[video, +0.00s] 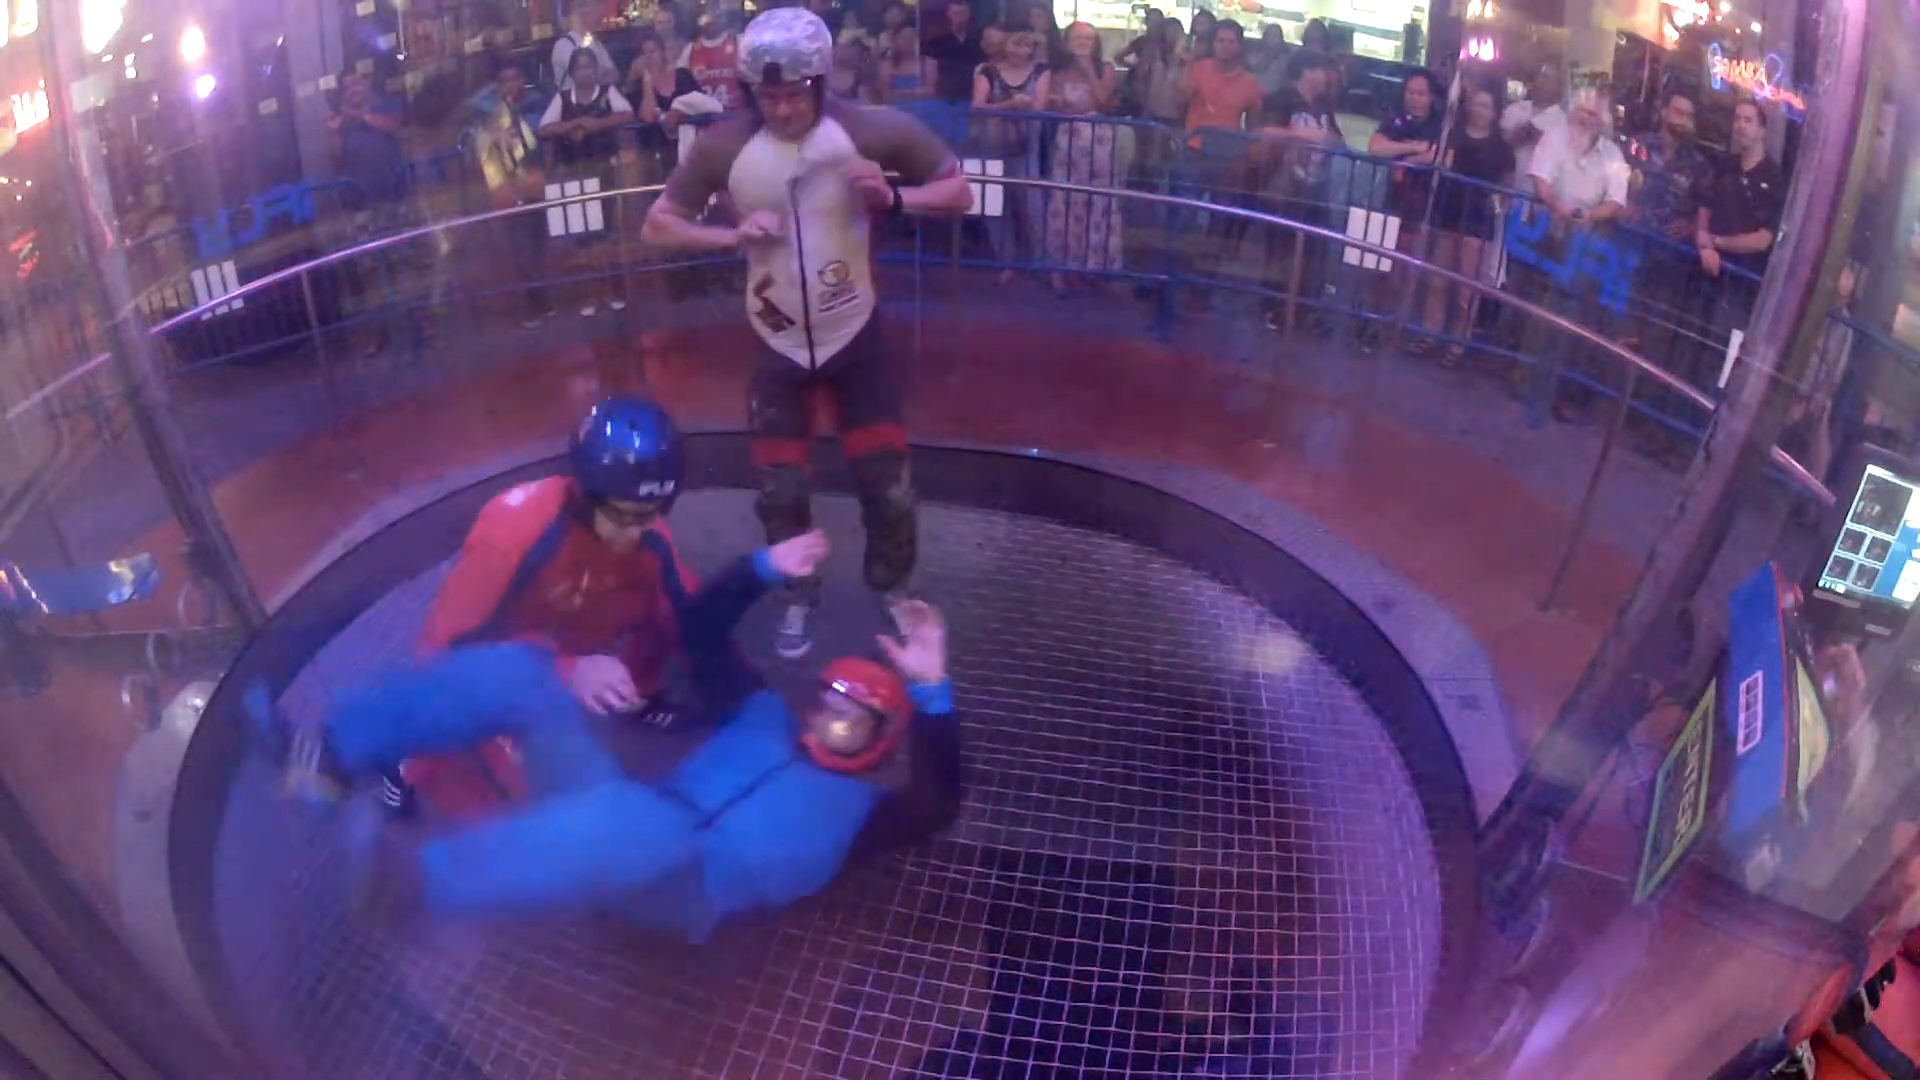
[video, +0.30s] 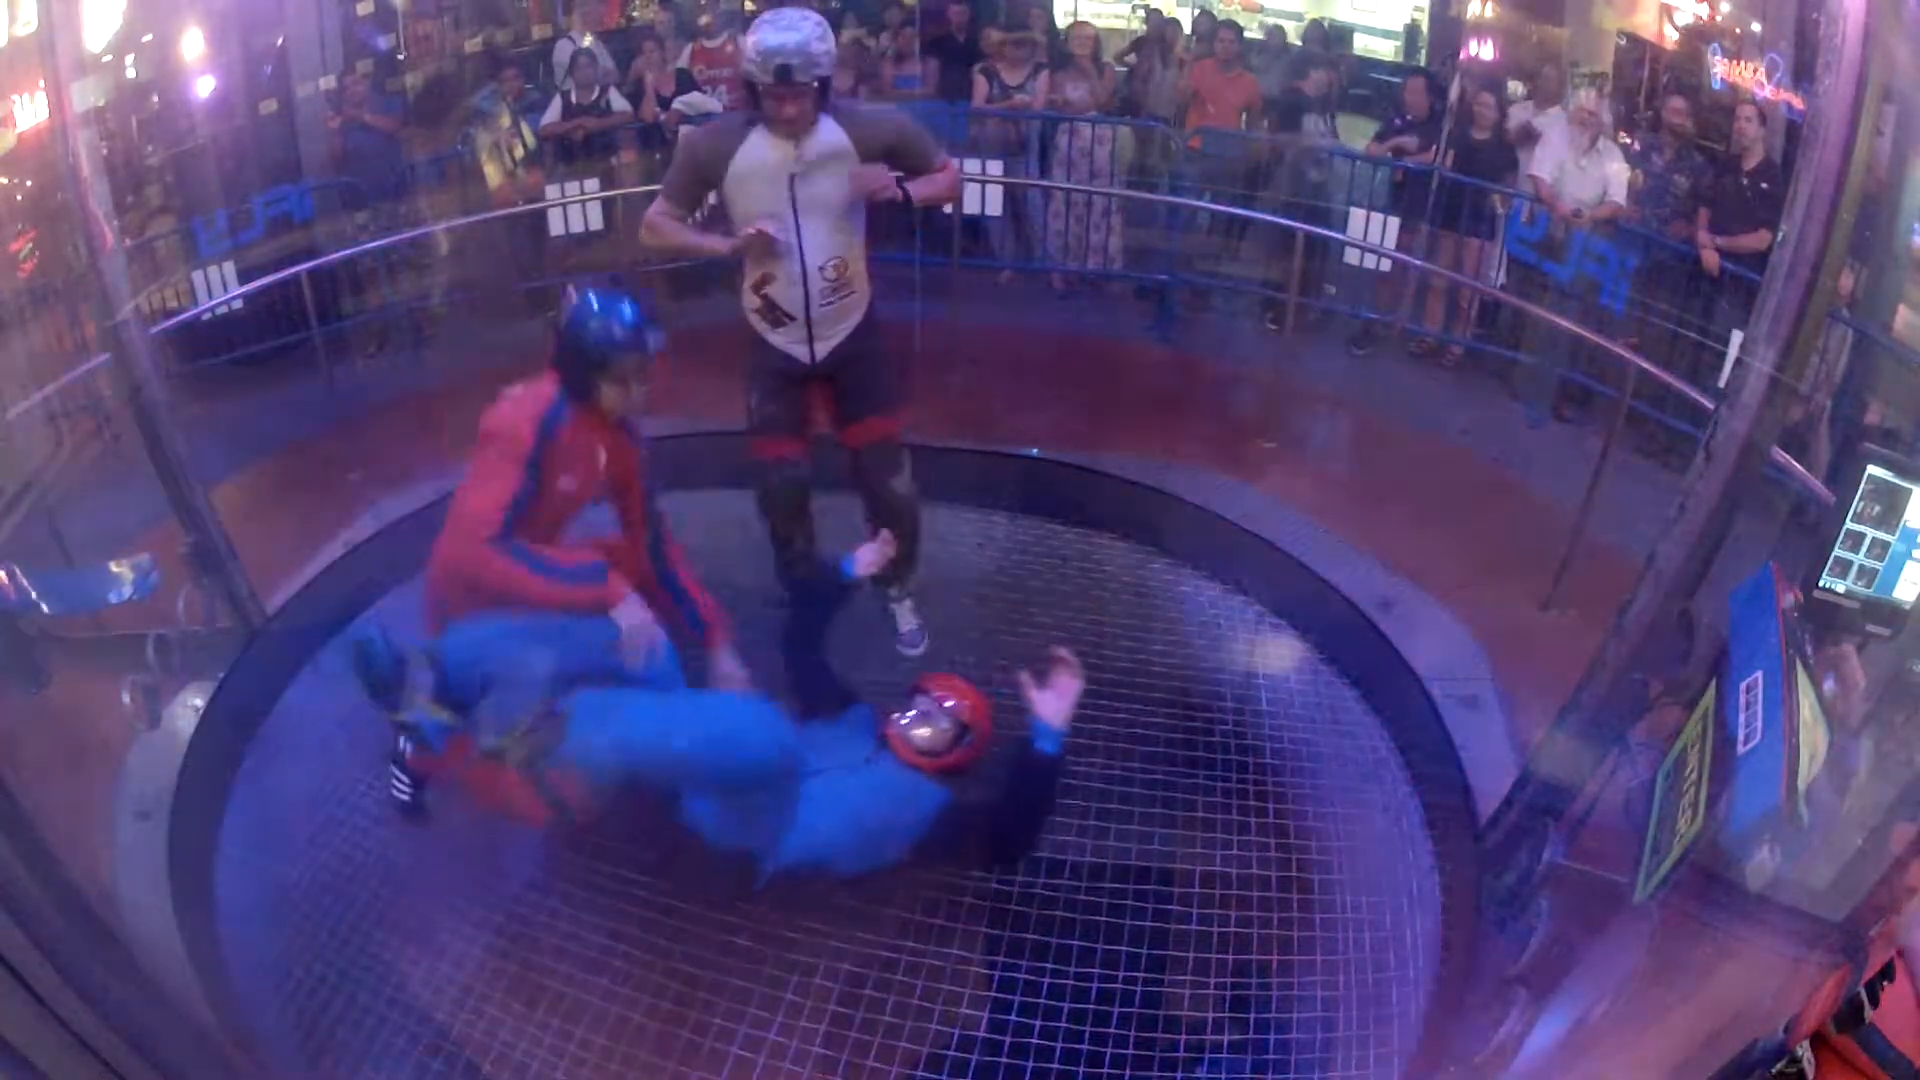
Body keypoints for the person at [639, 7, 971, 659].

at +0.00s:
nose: (783, 102)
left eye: (796, 89)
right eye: (769, 90)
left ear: (821, 80)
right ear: (751, 86)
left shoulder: (873, 132)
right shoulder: (724, 146)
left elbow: (959, 190)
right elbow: (658, 222)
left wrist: (896, 198)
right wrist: (731, 235)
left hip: (858, 339)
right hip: (776, 346)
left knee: (887, 490)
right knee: (779, 492)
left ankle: (890, 599)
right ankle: (797, 599)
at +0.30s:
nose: (785, 100)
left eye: (798, 87)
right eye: (772, 88)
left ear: (823, 81)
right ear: (753, 84)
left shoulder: (868, 131)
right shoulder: (712, 145)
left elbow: (948, 177)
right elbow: (656, 224)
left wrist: (902, 189)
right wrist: (725, 244)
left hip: (856, 337)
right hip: (773, 347)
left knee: (886, 482)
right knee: (780, 492)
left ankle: (899, 590)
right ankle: (805, 613)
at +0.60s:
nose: (829, 105)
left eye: (841, 92)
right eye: (815, 92)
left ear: (859, 81)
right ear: (789, 81)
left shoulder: (892, 130)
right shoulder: (749, 141)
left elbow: (953, 192)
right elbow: (692, 226)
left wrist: (912, 215)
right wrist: (767, 256)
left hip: (877, 326)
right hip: (797, 332)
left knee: (909, 471)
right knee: (798, 474)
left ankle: (902, 547)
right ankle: (800, 595)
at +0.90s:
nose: (865, 91)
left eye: (877, 77)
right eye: (851, 80)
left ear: (893, 68)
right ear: (824, 74)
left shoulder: (926, 113)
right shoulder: (791, 137)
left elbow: (997, 157)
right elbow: (748, 235)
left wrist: (963, 181)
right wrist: (827, 253)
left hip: (919, 312)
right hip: (844, 317)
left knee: (923, 455)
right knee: (849, 456)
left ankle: (901, 580)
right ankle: (818, 583)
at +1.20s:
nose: (893, 85)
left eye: (903, 72)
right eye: (879, 73)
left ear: (917, 66)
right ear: (848, 67)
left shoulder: (939, 110)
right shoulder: (810, 130)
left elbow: (994, 162)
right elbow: (773, 235)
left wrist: (968, 174)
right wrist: (868, 240)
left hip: (929, 301)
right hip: (855, 305)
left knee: (926, 437)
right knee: (871, 445)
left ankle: (904, 548)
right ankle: (843, 556)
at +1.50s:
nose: (905, 79)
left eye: (914, 66)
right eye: (892, 67)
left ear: (925, 64)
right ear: (855, 64)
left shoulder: (922, 114)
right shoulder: (810, 128)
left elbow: (918, 178)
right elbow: (799, 241)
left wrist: (948, 171)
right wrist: (895, 210)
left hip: (921, 308)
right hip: (856, 316)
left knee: (928, 427)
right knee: (873, 434)